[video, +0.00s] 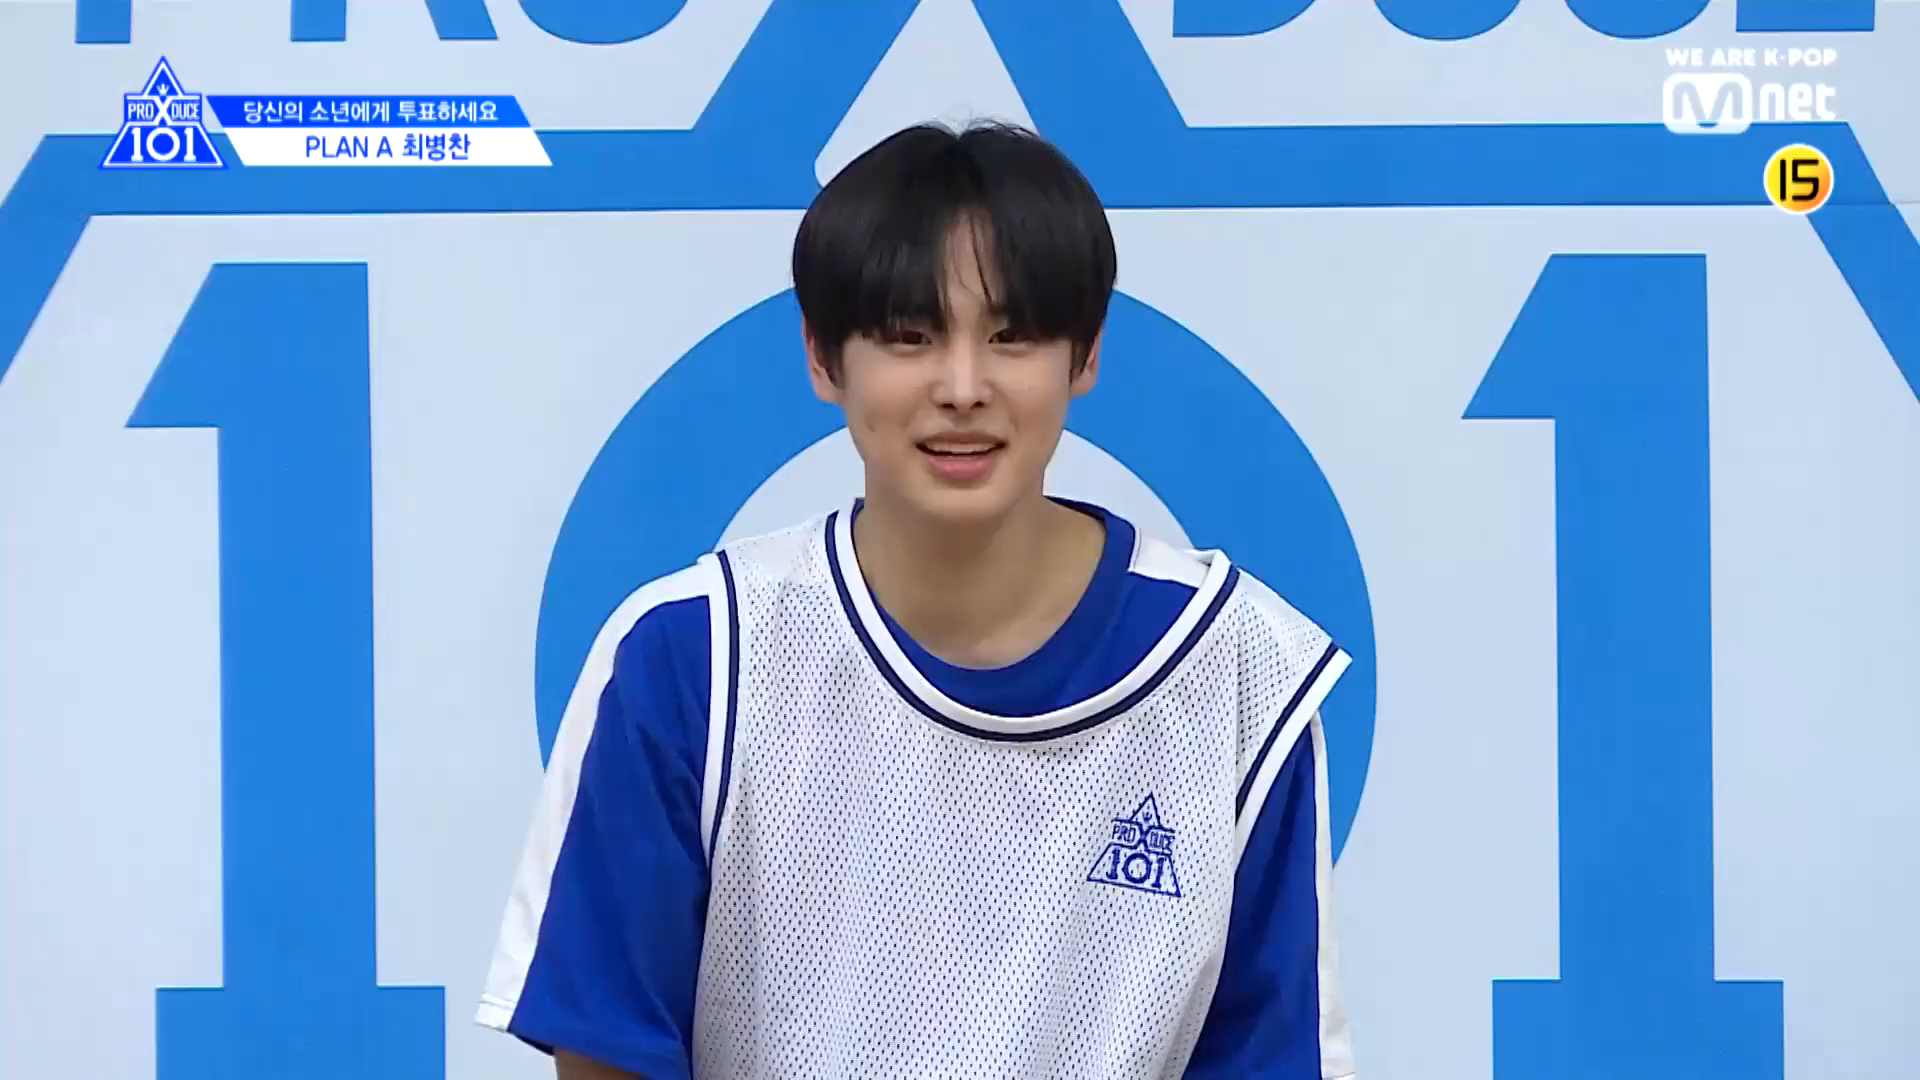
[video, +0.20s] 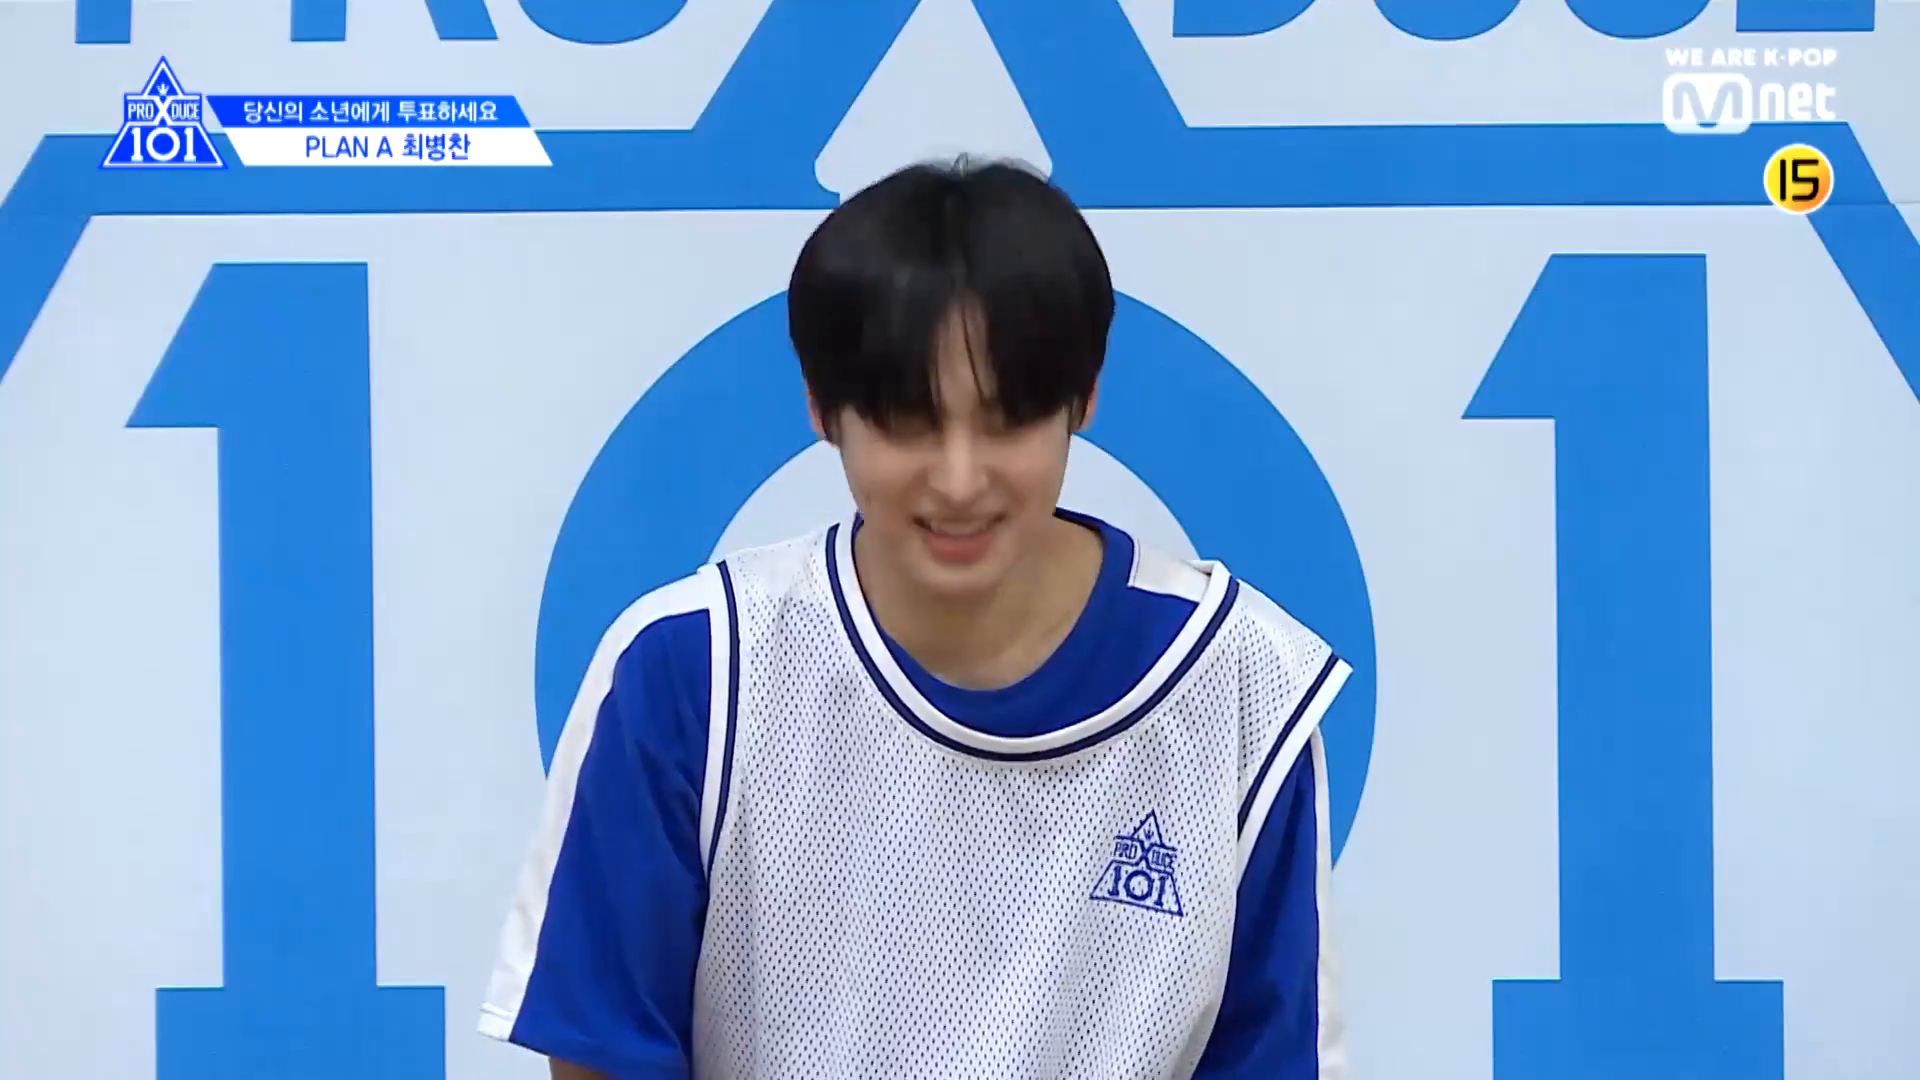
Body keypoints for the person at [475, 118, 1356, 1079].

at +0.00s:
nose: (963, 390)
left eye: (1011, 335)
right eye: (911, 334)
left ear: (1080, 359)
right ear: (829, 363)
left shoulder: (1246, 681)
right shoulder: (682, 662)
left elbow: (1265, 1057)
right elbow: (602, 1048)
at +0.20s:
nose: (960, 480)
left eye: (1012, 417)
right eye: (904, 420)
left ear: (1080, 401)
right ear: (828, 414)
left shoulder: (1248, 699)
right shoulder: (681, 676)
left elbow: (1265, 1059)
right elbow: (598, 1053)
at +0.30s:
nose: (966, 561)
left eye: (1017, 496)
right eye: (908, 500)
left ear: (1082, 453)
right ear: (832, 467)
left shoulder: (1249, 716)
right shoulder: (681, 688)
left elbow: (1271, 1059)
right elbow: (599, 1055)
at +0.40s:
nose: (971, 647)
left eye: (1024, 588)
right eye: (914, 591)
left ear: (1089, 525)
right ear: (843, 539)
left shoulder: (1254, 744)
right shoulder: (684, 716)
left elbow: (1277, 1063)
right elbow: (590, 1050)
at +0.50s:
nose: (981, 751)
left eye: (1034, 696)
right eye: (922, 702)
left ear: (1105, 614)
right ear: (850, 637)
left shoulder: (1259, 783)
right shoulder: (687, 756)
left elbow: (1285, 1057)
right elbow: (592, 1052)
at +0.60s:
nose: (988, 862)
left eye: (1036, 804)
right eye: (930, 814)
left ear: (1103, 724)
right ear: (857, 746)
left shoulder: (1268, 832)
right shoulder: (683, 813)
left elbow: (1301, 1064)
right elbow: (596, 1062)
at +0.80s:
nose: (992, 1052)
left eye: (1036, 1007)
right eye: (940, 1012)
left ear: (1103, 919)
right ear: (854, 927)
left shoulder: (1273, 945)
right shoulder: (665, 921)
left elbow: (1317, 1066)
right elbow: (582, 1063)